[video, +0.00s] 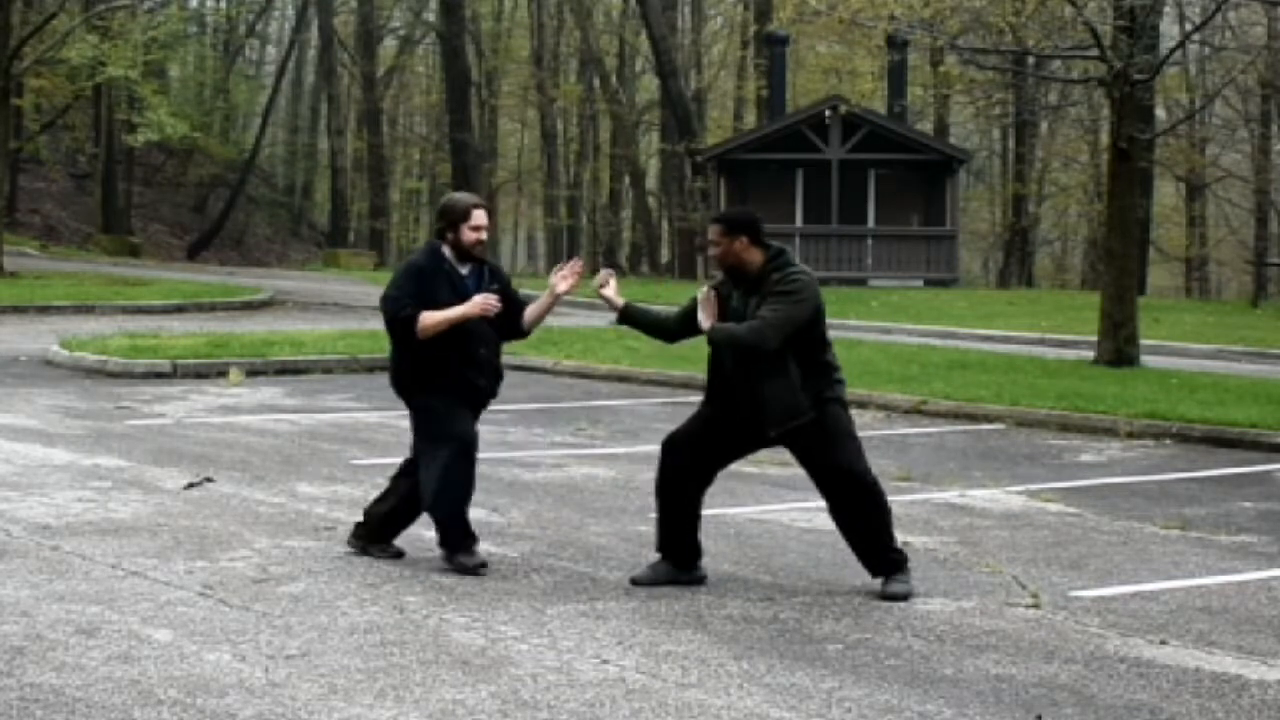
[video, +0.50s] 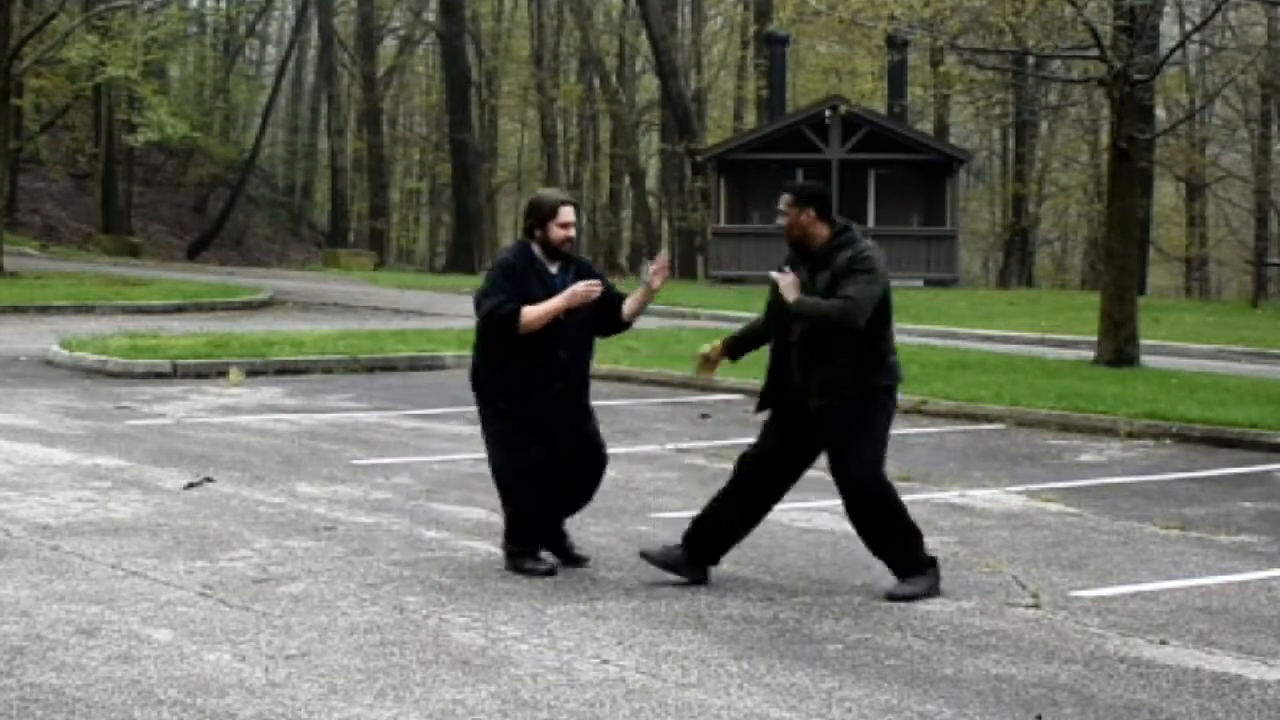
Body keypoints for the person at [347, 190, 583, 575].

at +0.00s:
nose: (483, 236)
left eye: (486, 228)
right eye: (475, 228)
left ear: (487, 230)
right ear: (450, 230)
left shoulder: (488, 274)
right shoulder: (422, 268)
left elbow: (513, 326)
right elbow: (405, 326)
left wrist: (552, 295)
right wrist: (464, 311)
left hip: (470, 388)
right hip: (427, 385)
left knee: (431, 462)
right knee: (457, 450)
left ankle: (372, 533)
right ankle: (458, 546)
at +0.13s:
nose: (500, 230)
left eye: (503, 223)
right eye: (492, 224)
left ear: (506, 224)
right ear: (468, 225)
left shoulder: (508, 269)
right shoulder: (440, 266)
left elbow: (536, 320)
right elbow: (420, 321)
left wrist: (573, 286)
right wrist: (482, 307)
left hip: (486, 389)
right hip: (443, 388)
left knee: (435, 463)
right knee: (477, 461)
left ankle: (375, 527)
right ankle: (508, 547)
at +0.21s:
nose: (515, 230)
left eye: (518, 223)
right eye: (506, 223)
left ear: (520, 225)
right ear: (482, 225)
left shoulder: (523, 268)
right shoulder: (457, 264)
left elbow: (553, 318)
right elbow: (436, 322)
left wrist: (589, 283)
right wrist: (499, 305)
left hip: (503, 389)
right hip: (459, 388)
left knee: (453, 461)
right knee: (495, 461)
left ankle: (386, 518)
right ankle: (517, 549)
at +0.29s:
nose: (531, 233)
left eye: (533, 225)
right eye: (523, 226)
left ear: (536, 227)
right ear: (498, 228)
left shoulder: (538, 269)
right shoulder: (472, 267)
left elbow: (574, 318)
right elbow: (457, 324)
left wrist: (608, 280)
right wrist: (519, 305)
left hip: (526, 390)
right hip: (479, 391)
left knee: (487, 464)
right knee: (509, 466)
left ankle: (415, 508)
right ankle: (520, 550)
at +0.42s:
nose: (554, 235)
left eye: (557, 228)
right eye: (546, 229)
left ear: (558, 229)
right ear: (522, 230)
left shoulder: (561, 273)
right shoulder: (494, 272)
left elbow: (598, 317)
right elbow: (486, 328)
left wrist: (633, 284)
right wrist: (548, 303)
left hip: (548, 394)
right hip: (498, 395)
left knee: (557, 466)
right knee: (518, 465)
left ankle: (481, 510)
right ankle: (520, 549)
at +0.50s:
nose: (571, 233)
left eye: (574, 226)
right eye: (563, 226)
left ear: (575, 227)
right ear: (538, 228)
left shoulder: (578, 271)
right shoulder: (510, 267)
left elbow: (613, 318)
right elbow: (501, 324)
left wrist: (648, 290)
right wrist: (565, 300)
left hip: (563, 392)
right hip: (512, 394)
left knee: (587, 459)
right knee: (524, 468)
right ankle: (520, 549)